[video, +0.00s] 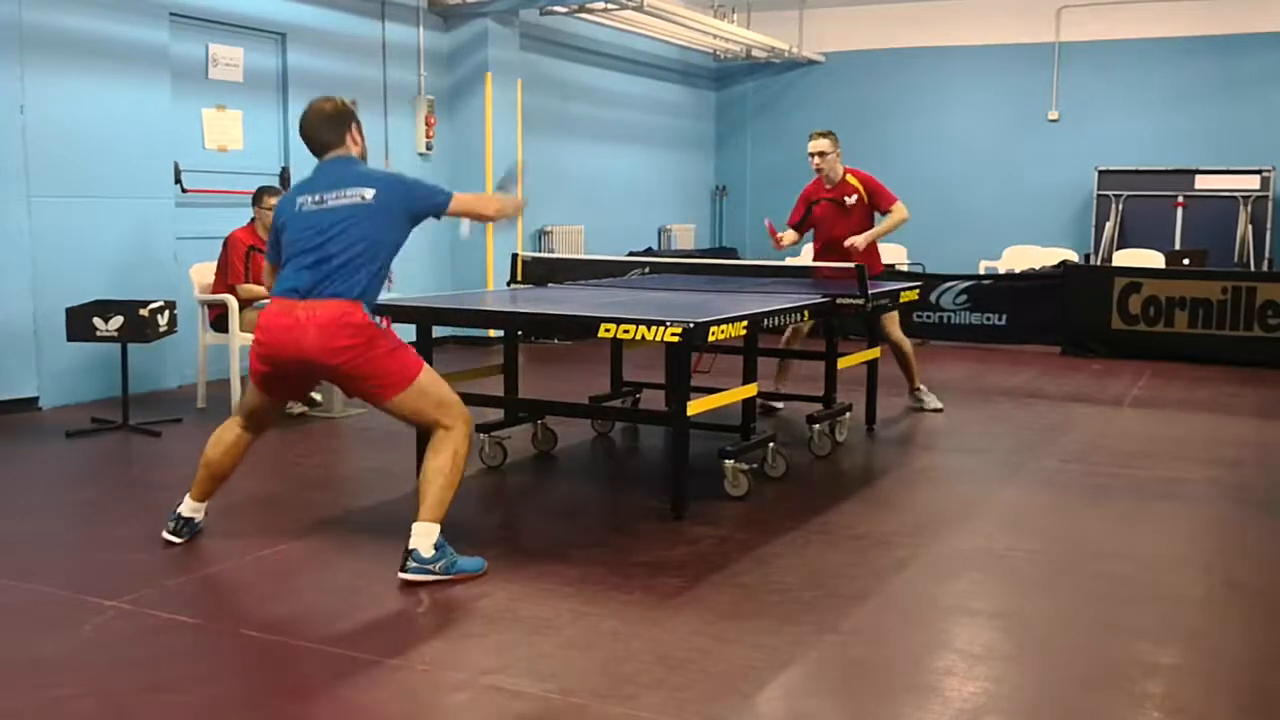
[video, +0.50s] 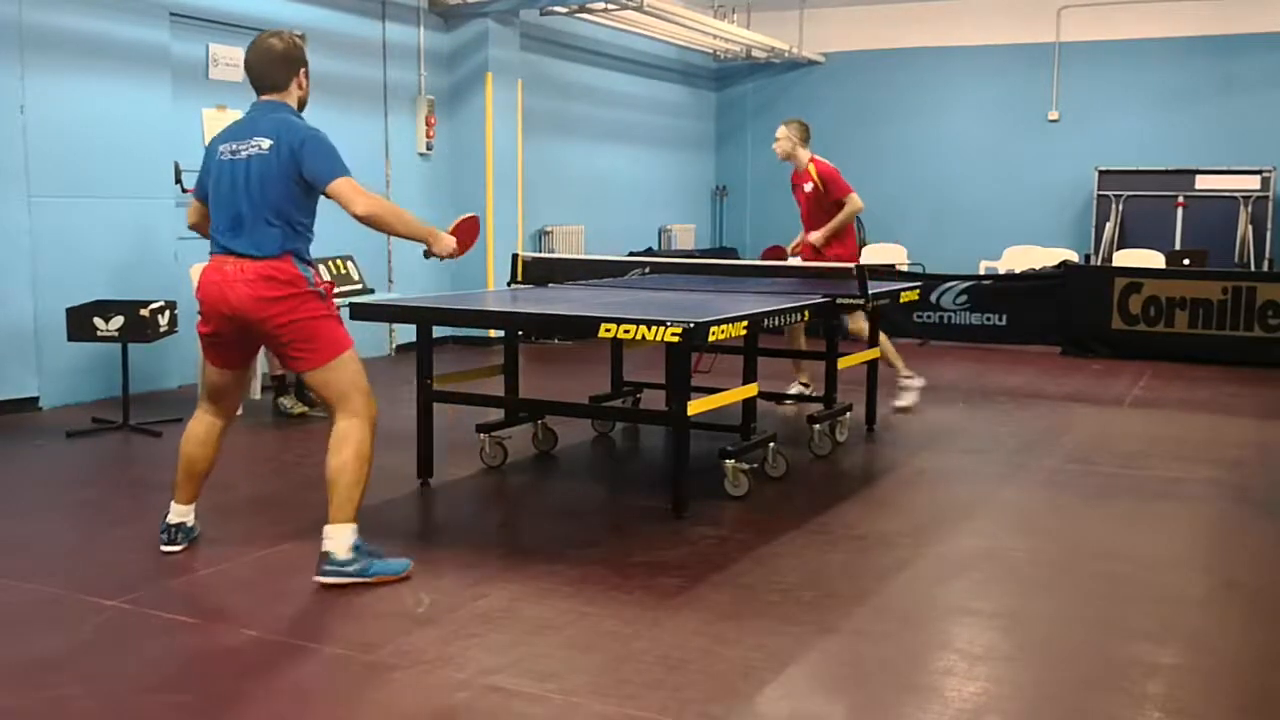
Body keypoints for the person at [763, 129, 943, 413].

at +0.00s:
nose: (816, 162)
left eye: (821, 155)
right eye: (812, 156)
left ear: (837, 155)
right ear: (809, 159)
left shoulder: (862, 183)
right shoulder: (811, 192)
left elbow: (900, 213)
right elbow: (796, 231)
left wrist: (867, 236)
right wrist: (783, 239)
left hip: (868, 279)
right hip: (825, 280)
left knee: (894, 335)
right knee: (795, 330)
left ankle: (916, 388)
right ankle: (777, 390)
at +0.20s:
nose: (815, 170)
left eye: (821, 164)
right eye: (813, 165)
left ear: (840, 164)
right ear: (814, 166)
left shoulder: (865, 190)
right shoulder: (821, 199)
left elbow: (906, 223)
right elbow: (817, 238)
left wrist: (867, 244)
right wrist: (803, 254)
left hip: (879, 279)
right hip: (839, 279)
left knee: (905, 337)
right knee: (804, 329)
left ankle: (945, 392)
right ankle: (803, 384)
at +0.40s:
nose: (783, 163)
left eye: (788, 157)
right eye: (783, 157)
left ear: (806, 160)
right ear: (802, 161)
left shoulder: (836, 186)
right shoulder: (803, 193)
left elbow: (872, 220)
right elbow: (823, 233)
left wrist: (840, 252)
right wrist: (810, 260)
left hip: (858, 275)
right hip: (824, 273)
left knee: (888, 331)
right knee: (793, 325)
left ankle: (942, 385)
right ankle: (803, 384)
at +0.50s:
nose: (774, 145)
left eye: (778, 139)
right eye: (774, 139)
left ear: (795, 142)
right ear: (789, 143)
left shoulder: (823, 169)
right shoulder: (797, 177)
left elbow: (855, 204)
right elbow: (814, 218)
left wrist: (823, 233)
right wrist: (799, 242)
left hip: (839, 263)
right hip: (811, 263)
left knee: (857, 325)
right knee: (792, 319)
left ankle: (907, 377)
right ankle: (803, 382)